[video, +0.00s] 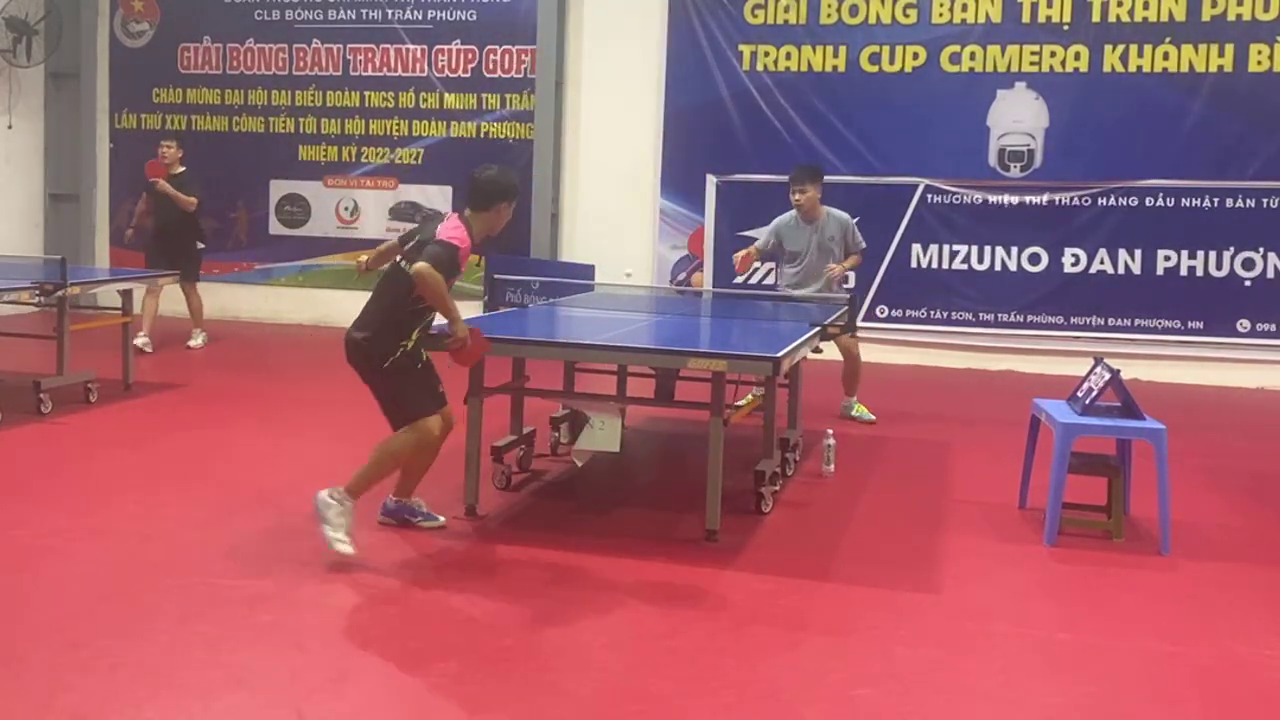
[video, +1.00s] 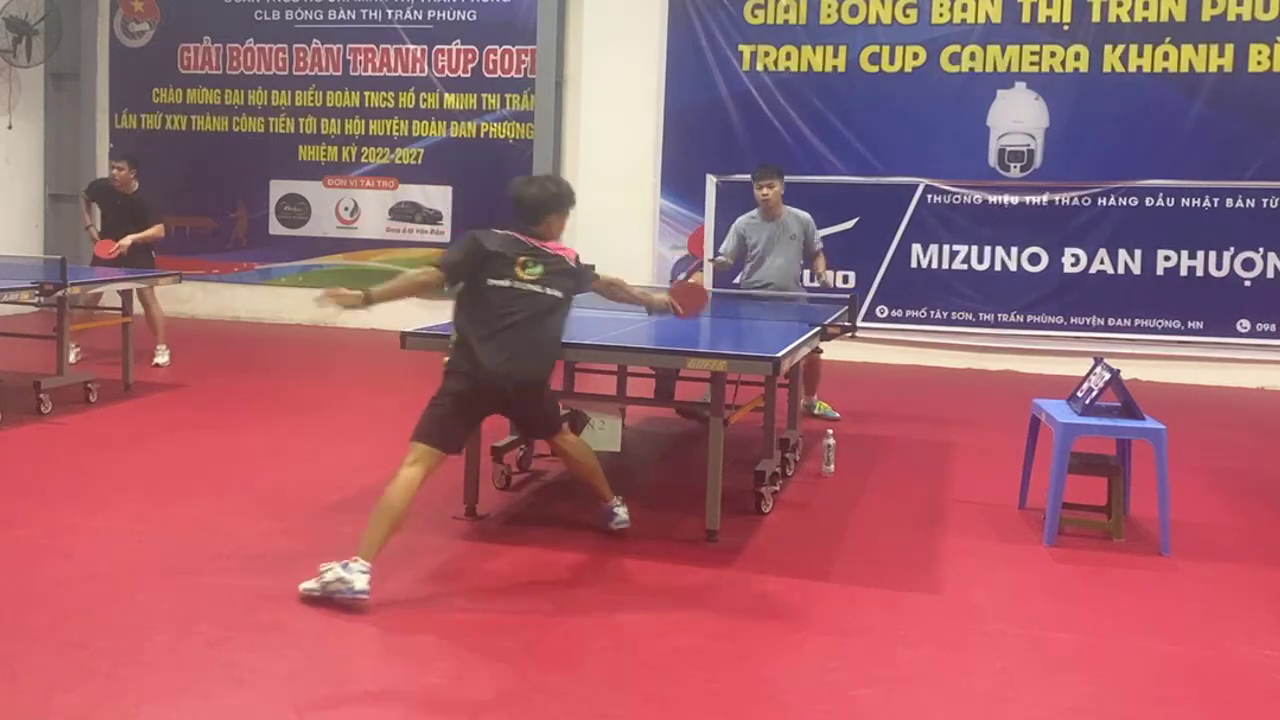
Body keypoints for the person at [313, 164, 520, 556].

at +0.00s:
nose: (508, 219)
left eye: (511, 210)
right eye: (509, 210)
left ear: (476, 202)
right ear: (498, 209)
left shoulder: (441, 221)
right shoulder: (456, 239)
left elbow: (398, 242)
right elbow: (424, 272)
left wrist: (372, 261)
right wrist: (456, 320)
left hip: (398, 339)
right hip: (378, 342)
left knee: (443, 421)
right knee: (427, 427)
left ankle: (400, 502)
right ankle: (341, 498)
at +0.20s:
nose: (514, 203)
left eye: (515, 196)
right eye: (515, 196)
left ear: (471, 191)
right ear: (506, 197)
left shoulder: (435, 220)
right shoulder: (482, 243)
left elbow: (380, 249)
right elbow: (474, 305)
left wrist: (375, 259)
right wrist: (501, 334)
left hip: (386, 347)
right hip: (419, 352)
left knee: (421, 430)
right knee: (476, 448)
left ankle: (373, 519)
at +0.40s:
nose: (514, 200)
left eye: (512, 193)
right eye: (513, 194)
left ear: (467, 193)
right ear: (505, 197)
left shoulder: (431, 225)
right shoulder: (507, 248)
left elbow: (372, 257)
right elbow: (536, 324)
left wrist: (413, 269)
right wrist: (529, 302)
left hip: (396, 354)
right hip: (454, 366)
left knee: (382, 428)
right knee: (509, 457)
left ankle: (340, 521)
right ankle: (490, 574)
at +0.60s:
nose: (498, 217)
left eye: (496, 210)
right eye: (497, 210)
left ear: (450, 211)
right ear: (490, 214)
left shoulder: (417, 246)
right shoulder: (500, 267)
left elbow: (366, 284)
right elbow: (552, 325)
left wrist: (418, 284)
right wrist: (537, 304)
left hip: (389, 388)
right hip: (454, 396)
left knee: (339, 466)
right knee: (519, 469)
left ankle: (307, 549)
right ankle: (517, 584)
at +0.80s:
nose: (497, 233)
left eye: (495, 225)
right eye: (495, 226)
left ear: (446, 226)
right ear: (483, 229)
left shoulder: (400, 257)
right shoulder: (501, 277)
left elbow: (338, 254)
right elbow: (558, 295)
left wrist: (360, 244)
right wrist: (598, 263)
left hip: (400, 410)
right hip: (470, 409)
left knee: (330, 488)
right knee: (517, 447)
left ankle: (309, 587)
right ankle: (545, 519)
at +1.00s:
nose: (567, 223)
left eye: (566, 215)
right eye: (565, 216)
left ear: (521, 213)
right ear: (554, 219)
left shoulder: (482, 245)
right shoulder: (568, 264)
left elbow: (429, 279)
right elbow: (618, 290)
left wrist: (366, 296)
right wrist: (659, 303)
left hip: (468, 380)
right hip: (526, 387)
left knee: (414, 467)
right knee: (564, 440)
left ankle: (358, 566)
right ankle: (614, 506)